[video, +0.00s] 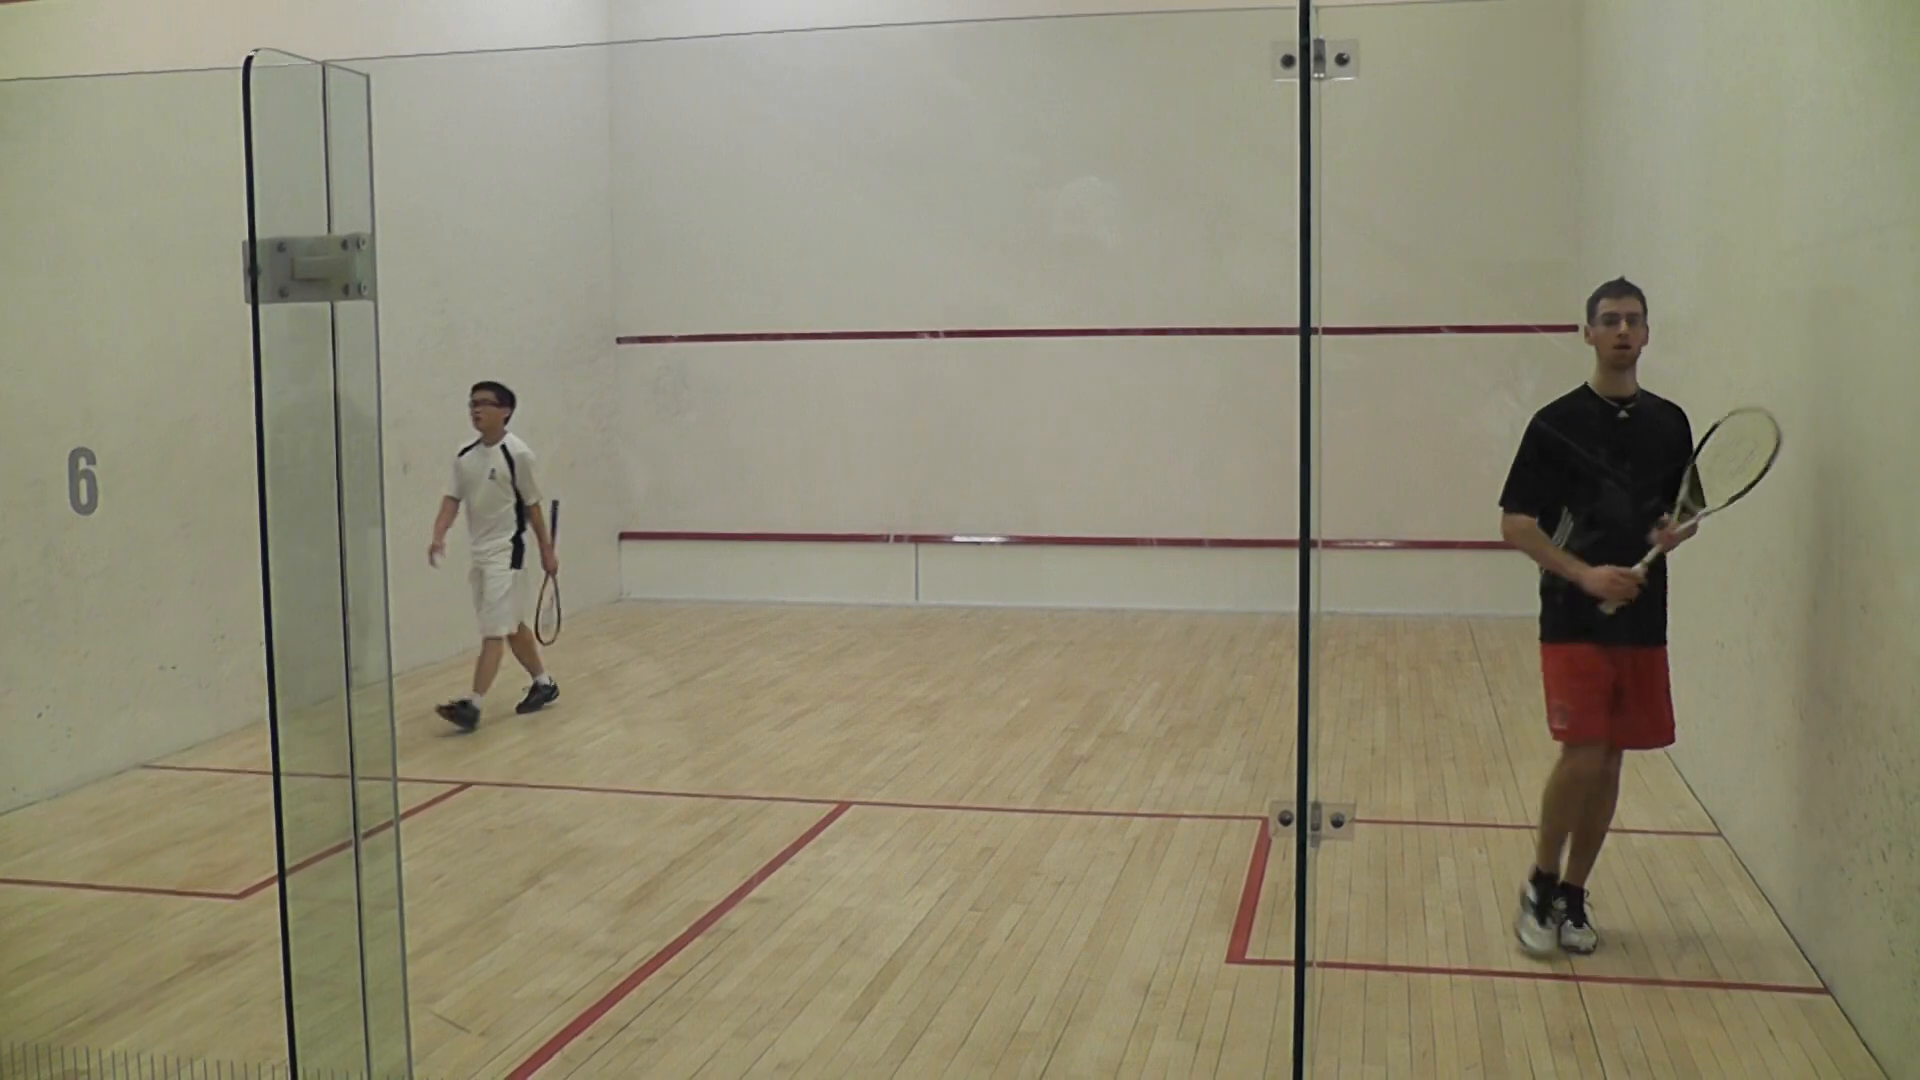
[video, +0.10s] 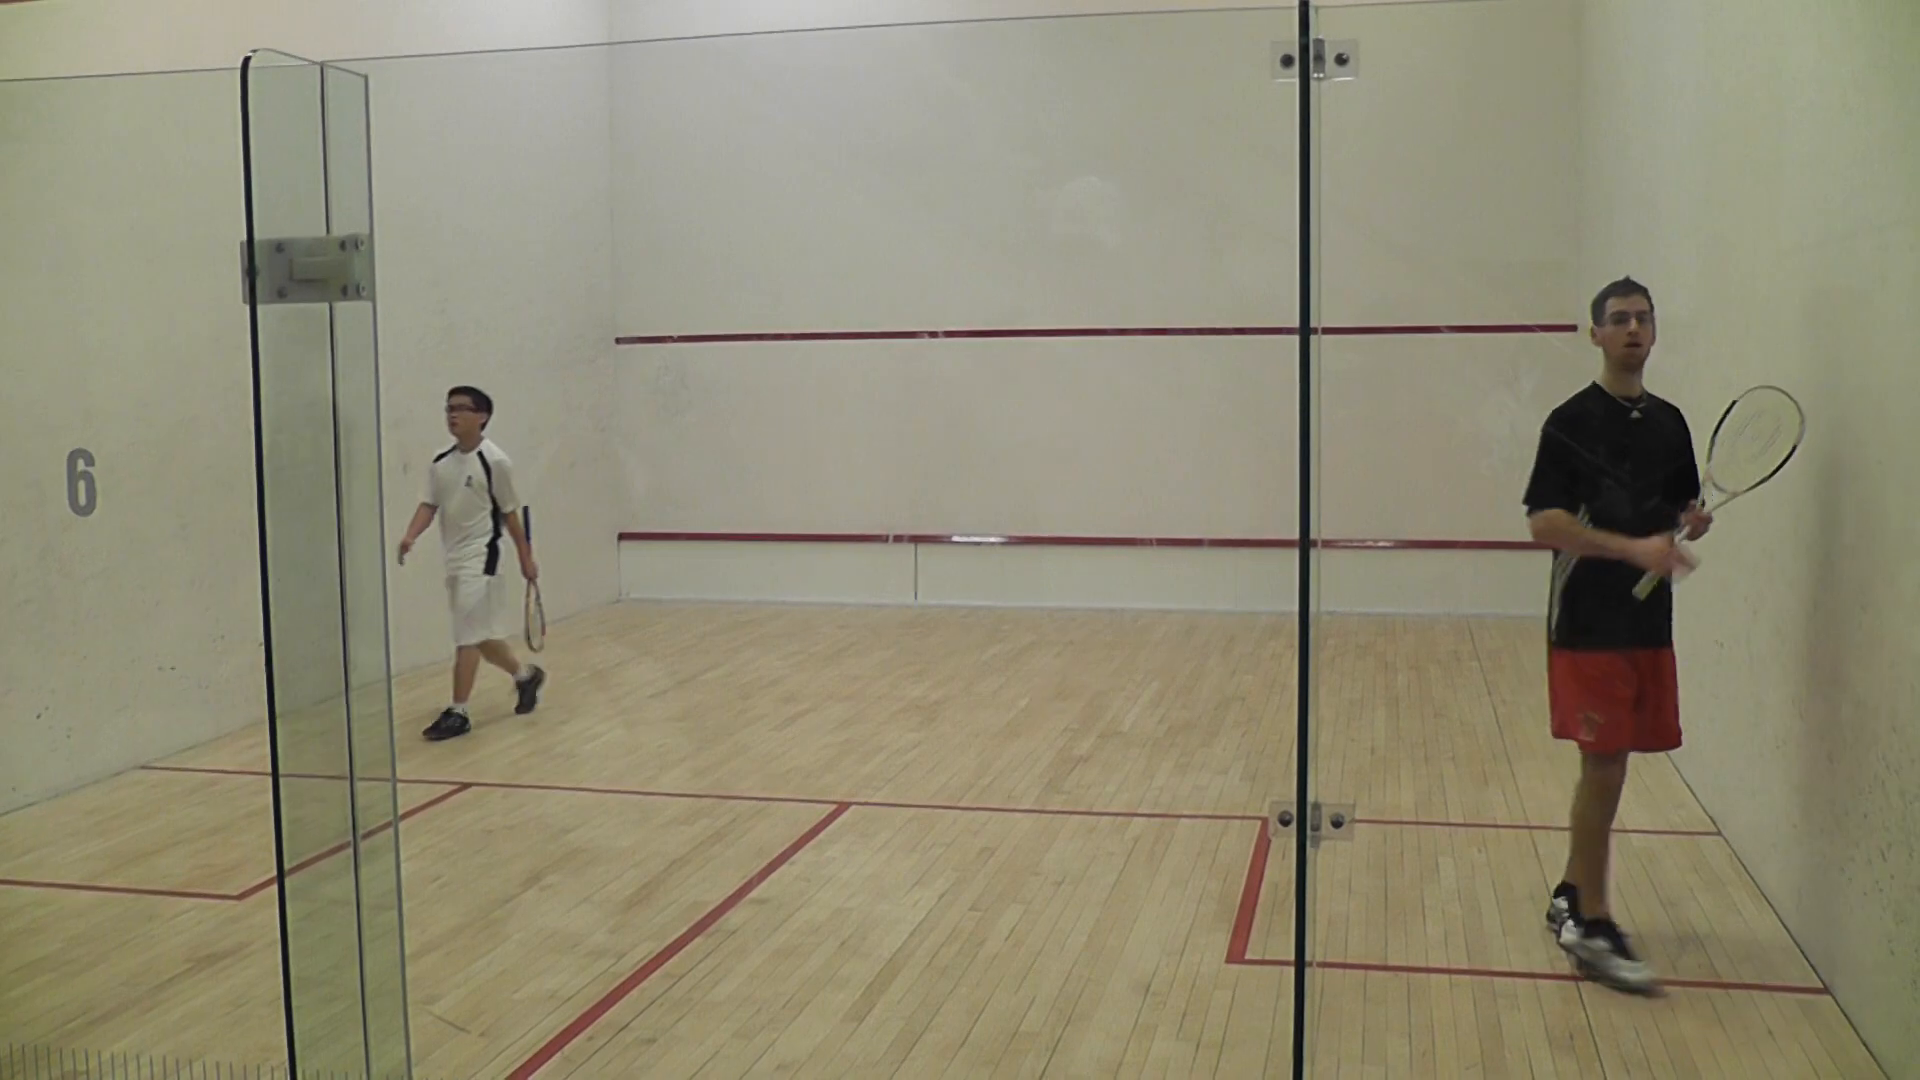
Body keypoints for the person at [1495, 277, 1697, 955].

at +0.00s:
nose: (1624, 332)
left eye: (1634, 321)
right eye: (1611, 321)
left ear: (1648, 333)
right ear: (1589, 333)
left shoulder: (1670, 423)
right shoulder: (1556, 423)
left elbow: (1686, 508)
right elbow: (1516, 526)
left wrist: (1672, 531)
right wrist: (1587, 574)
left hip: (1640, 622)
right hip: (1574, 621)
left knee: (1609, 758)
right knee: (1583, 753)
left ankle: (1574, 896)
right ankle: (1543, 887)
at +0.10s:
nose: (1632, 330)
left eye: (1642, 319)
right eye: (1618, 320)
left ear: (1655, 332)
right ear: (1594, 335)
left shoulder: (1670, 421)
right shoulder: (1571, 421)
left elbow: (1683, 506)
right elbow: (1545, 524)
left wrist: (1693, 516)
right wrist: (1635, 547)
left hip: (1644, 620)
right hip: (1591, 621)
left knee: (1610, 769)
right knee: (1603, 771)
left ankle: (1574, 895)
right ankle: (1592, 924)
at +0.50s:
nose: (1695, 329)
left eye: (1694, 317)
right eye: (1678, 322)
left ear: (1688, 325)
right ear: (1644, 338)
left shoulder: (1653, 402)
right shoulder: (1656, 407)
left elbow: (1637, 506)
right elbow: (1764, 443)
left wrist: (1695, 524)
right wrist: (1851, 388)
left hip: (1628, 616)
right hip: (1641, 623)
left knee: (1619, 760)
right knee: (1650, 773)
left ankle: (1553, 891)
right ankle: (1631, 943)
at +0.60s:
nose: (1696, 344)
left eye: (1699, 331)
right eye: (1680, 334)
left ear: (1700, 330)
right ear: (1646, 339)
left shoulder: (1646, 397)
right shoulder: (1655, 400)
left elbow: (1635, 500)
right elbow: (1757, 428)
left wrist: (1694, 524)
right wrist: (1849, 380)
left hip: (1623, 611)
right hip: (1640, 618)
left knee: (1619, 760)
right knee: (1655, 772)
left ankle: (1556, 889)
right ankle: (1633, 941)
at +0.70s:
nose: (1679, 365)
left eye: (1687, 353)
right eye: (1665, 354)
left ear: (1694, 339)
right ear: (1637, 343)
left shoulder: (1654, 397)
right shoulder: (1632, 390)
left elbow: (1628, 502)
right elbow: (1735, 409)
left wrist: (1689, 523)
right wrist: (1840, 374)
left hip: (1631, 609)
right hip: (1630, 613)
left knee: (1624, 758)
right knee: (1651, 772)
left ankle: (1563, 884)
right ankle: (1633, 941)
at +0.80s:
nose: (1665, 372)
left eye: (1672, 360)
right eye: (1652, 362)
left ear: (1677, 347)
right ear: (1623, 349)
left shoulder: (1647, 405)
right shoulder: (1612, 393)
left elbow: (1630, 507)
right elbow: (1714, 399)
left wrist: (1690, 528)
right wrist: (1820, 363)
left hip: (1635, 606)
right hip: (1617, 609)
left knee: (1634, 757)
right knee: (1643, 770)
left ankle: (1576, 884)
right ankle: (1633, 942)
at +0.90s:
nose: (1654, 373)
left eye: (1658, 363)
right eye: (1647, 362)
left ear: (1648, 358)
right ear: (1622, 355)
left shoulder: (1645, 415)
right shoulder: (1591, 395)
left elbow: (1637, 519)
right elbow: (1676, 400)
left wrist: (1683, 531)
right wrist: (1785, 365)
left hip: (1631, 609)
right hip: (1598, 610)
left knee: (1625, 762)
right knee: (1627, 773)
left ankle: (1573, 890)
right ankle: (1631, 945)